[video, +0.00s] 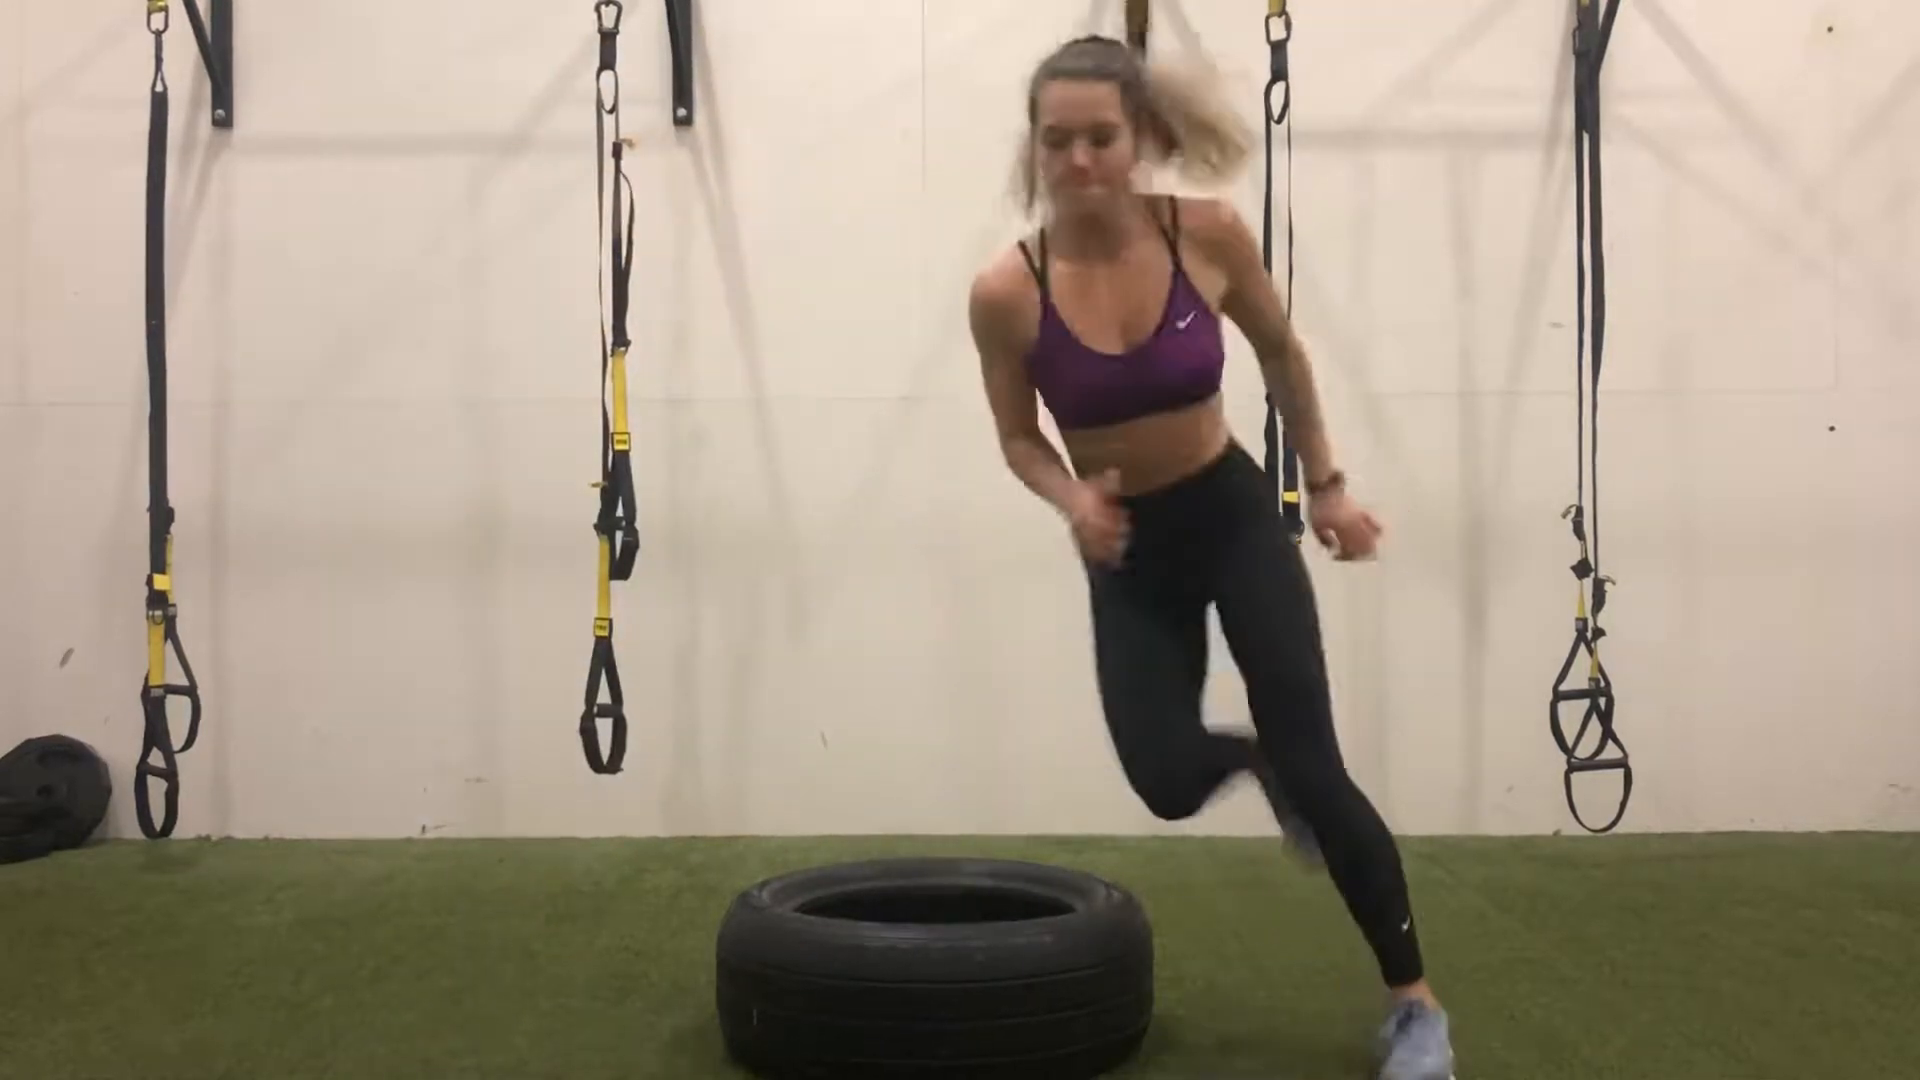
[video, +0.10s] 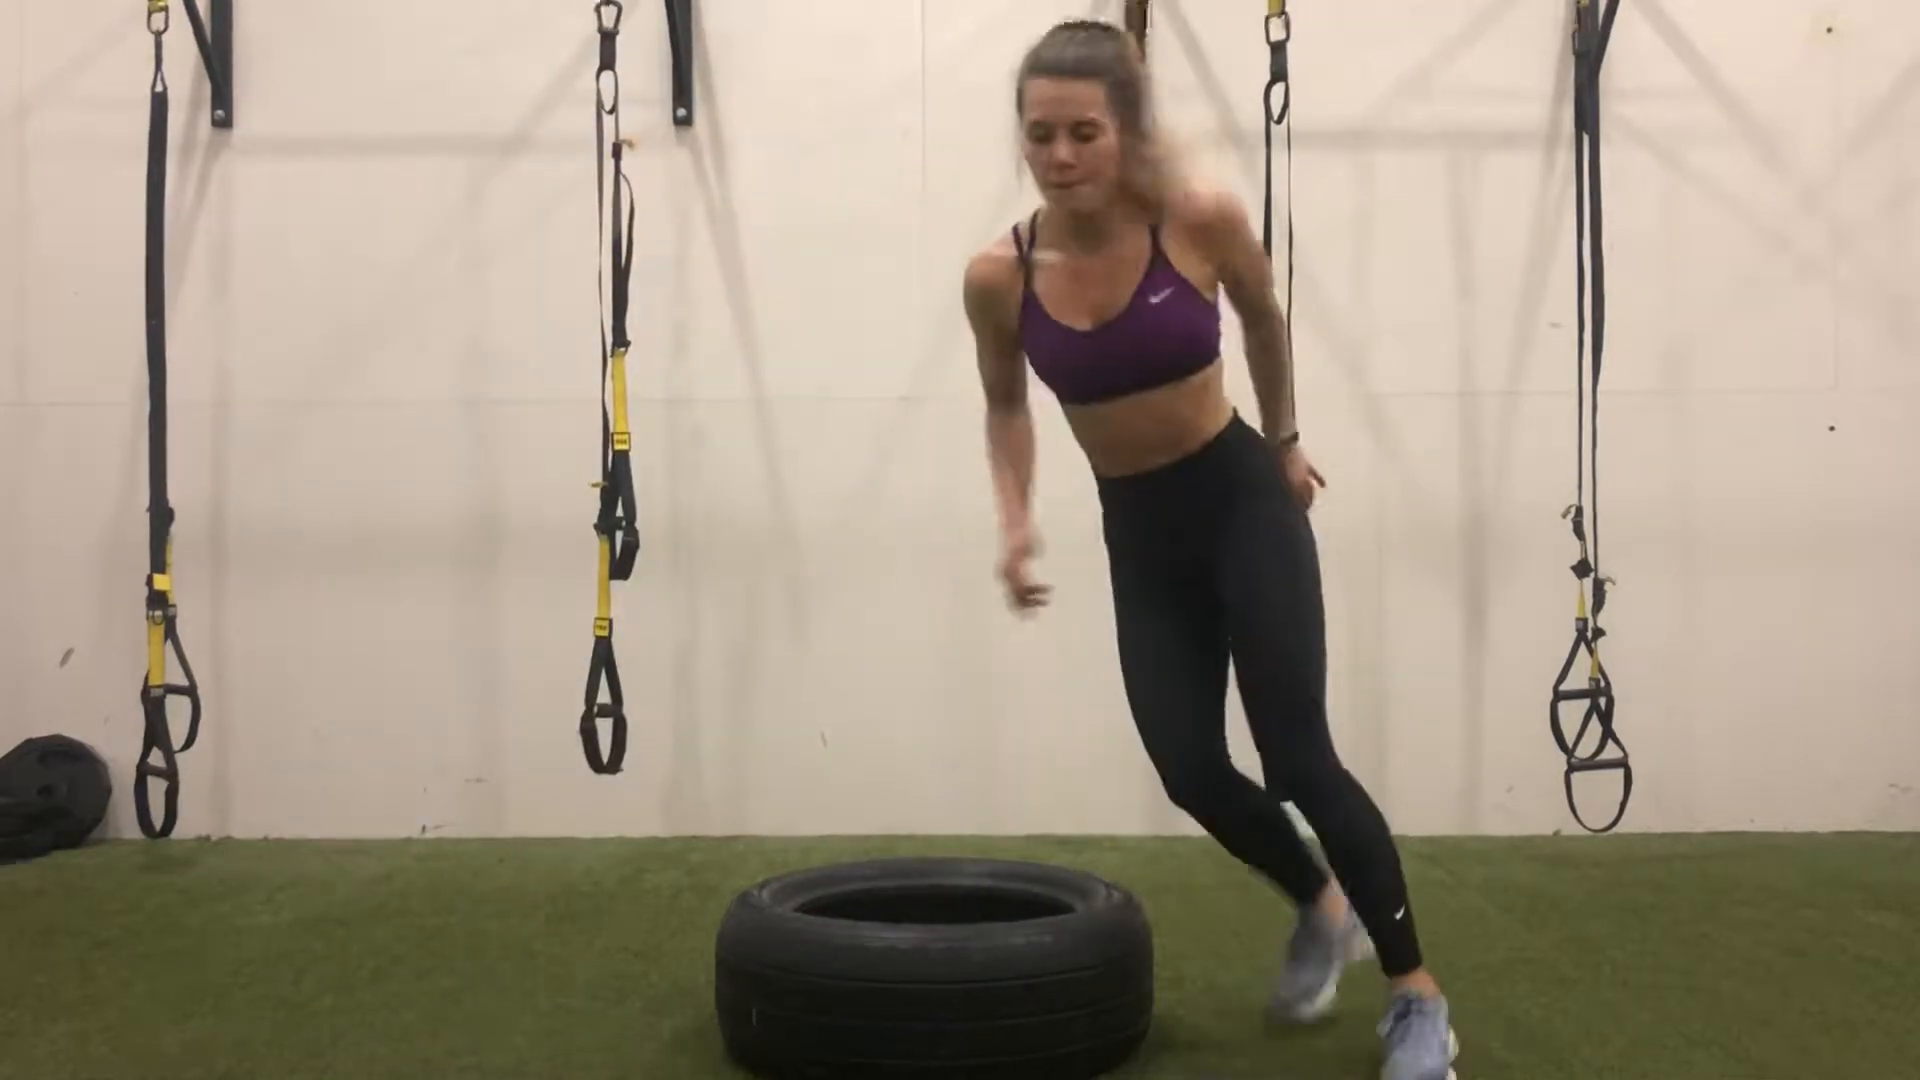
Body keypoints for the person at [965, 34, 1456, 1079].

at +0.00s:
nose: (1079, 160)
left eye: (1101, 137)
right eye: (1058, 140)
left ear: (1144, 138)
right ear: (1033, 148)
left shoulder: (1208, 231)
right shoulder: (1007, 290)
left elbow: (1282, 354)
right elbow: (1018, 435)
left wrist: (1326, 485)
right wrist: (1071, 496)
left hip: (1235, 515)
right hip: (1125, 546)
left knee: (1306, 768)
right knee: (1168, 783)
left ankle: (1412, 1000)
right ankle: (1265, 747)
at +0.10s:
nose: (1059, 155)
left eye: (1082, 132)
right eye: (1040, 134)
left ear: (1129, 131)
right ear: (1021, 140)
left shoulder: (1202, 222)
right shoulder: (1001, 276)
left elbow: (1265, 322)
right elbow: (1005, 401)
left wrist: (1282, 441)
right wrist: (1015, 521)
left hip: (1243, 505)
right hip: (1140, 534)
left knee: (1299, 759)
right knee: (1189, 773)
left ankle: (1415, 988)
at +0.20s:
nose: (1033, 196)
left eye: (1056, 174)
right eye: (1017, 174)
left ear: (1104, 166)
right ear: (998, 167)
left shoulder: (1164, 238)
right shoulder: (990, 293)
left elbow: (1309, 280)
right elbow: (948, 432)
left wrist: (1385, 353)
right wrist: (916, 485)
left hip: (1228, 497)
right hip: (1133, 526)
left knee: (1175, 707)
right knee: (1187, 775)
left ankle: (1367, 890)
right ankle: (1342, 942)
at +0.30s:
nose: (1011, 234)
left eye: (1032, 213)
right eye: (995, 213)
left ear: (1083, 203)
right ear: (977, 205)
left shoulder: (1145, 263)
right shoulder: (973, 314)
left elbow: (1306, 237)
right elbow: (867, 447)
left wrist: (1435, 212)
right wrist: (887, 349)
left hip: (1212, 516)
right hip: (1126, 539)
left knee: (1030, 597)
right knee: (1179, 798)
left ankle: (1202, 752)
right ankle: (1354, 955)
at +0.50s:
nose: (900, 124)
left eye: (923, 102)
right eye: (882, 99)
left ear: (967, 101)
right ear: (861, 97)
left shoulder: (1017, 178)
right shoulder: (832, 196)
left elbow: (1157, 192)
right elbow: (717, 336)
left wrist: (1267, 240)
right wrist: (777, 292)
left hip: (1025, 478)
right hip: (981, 482)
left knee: (874, 692)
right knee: (1029, 725)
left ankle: (949, 922)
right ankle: (1235, 818)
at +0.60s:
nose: (845, 122)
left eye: (867, 100)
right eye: (827, 98)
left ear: (910, 97)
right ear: (807, 95)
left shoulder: (966, 189)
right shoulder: (783, 207)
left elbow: (1084, 281)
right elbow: (699, 318)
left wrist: (1180, 368)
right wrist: (701, 383)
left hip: (961, 485)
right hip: (910, 492)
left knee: (876, 712)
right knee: (875, 718)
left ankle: (969, 941)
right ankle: (1053, 693)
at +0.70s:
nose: (759, 91)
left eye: (782, 72)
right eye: (744, 68)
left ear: (826, 78)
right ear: (726, 68)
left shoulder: (881, 162)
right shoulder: (698, 186)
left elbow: (1025, 262)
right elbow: (656, 259)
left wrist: (1013, 381)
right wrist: (666, 382)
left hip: (909, 446)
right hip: (817, 457)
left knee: (884, 695)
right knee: (689, 643)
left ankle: (975, 913)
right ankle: (833, 763)